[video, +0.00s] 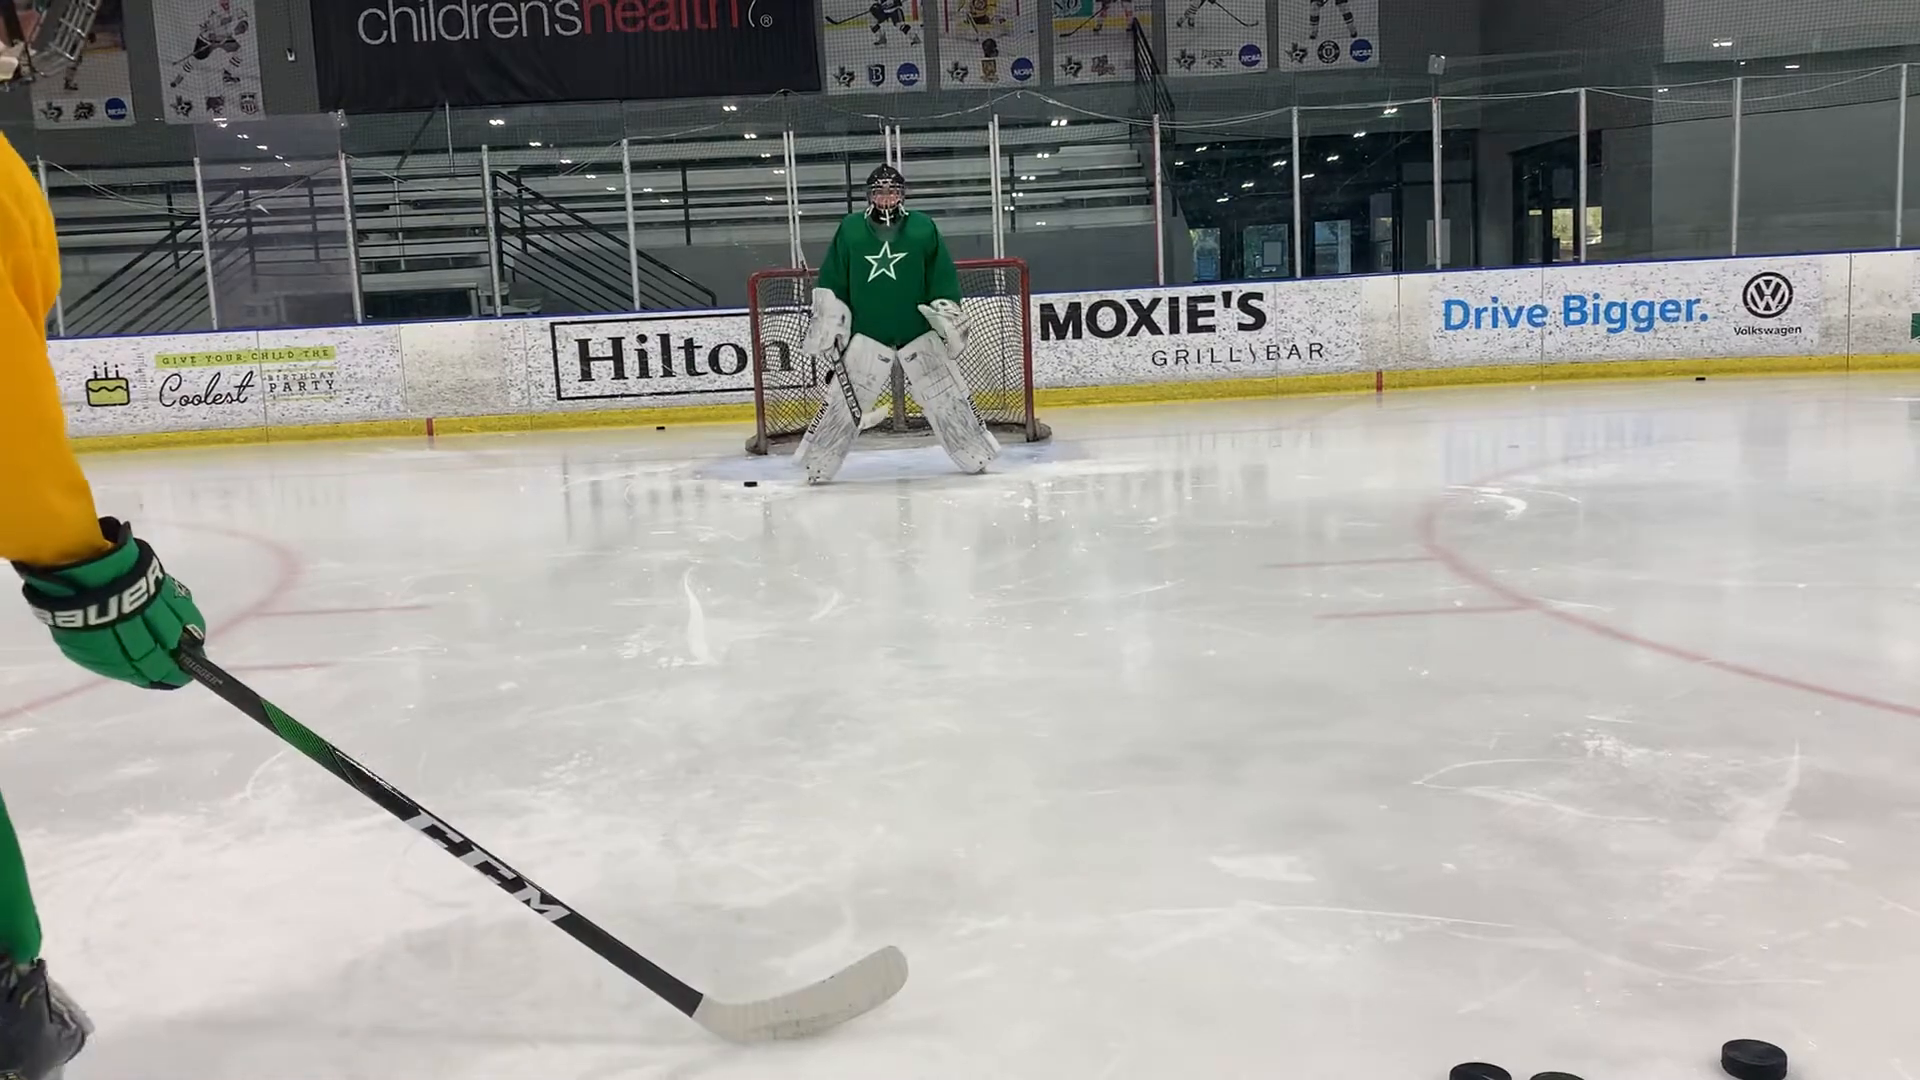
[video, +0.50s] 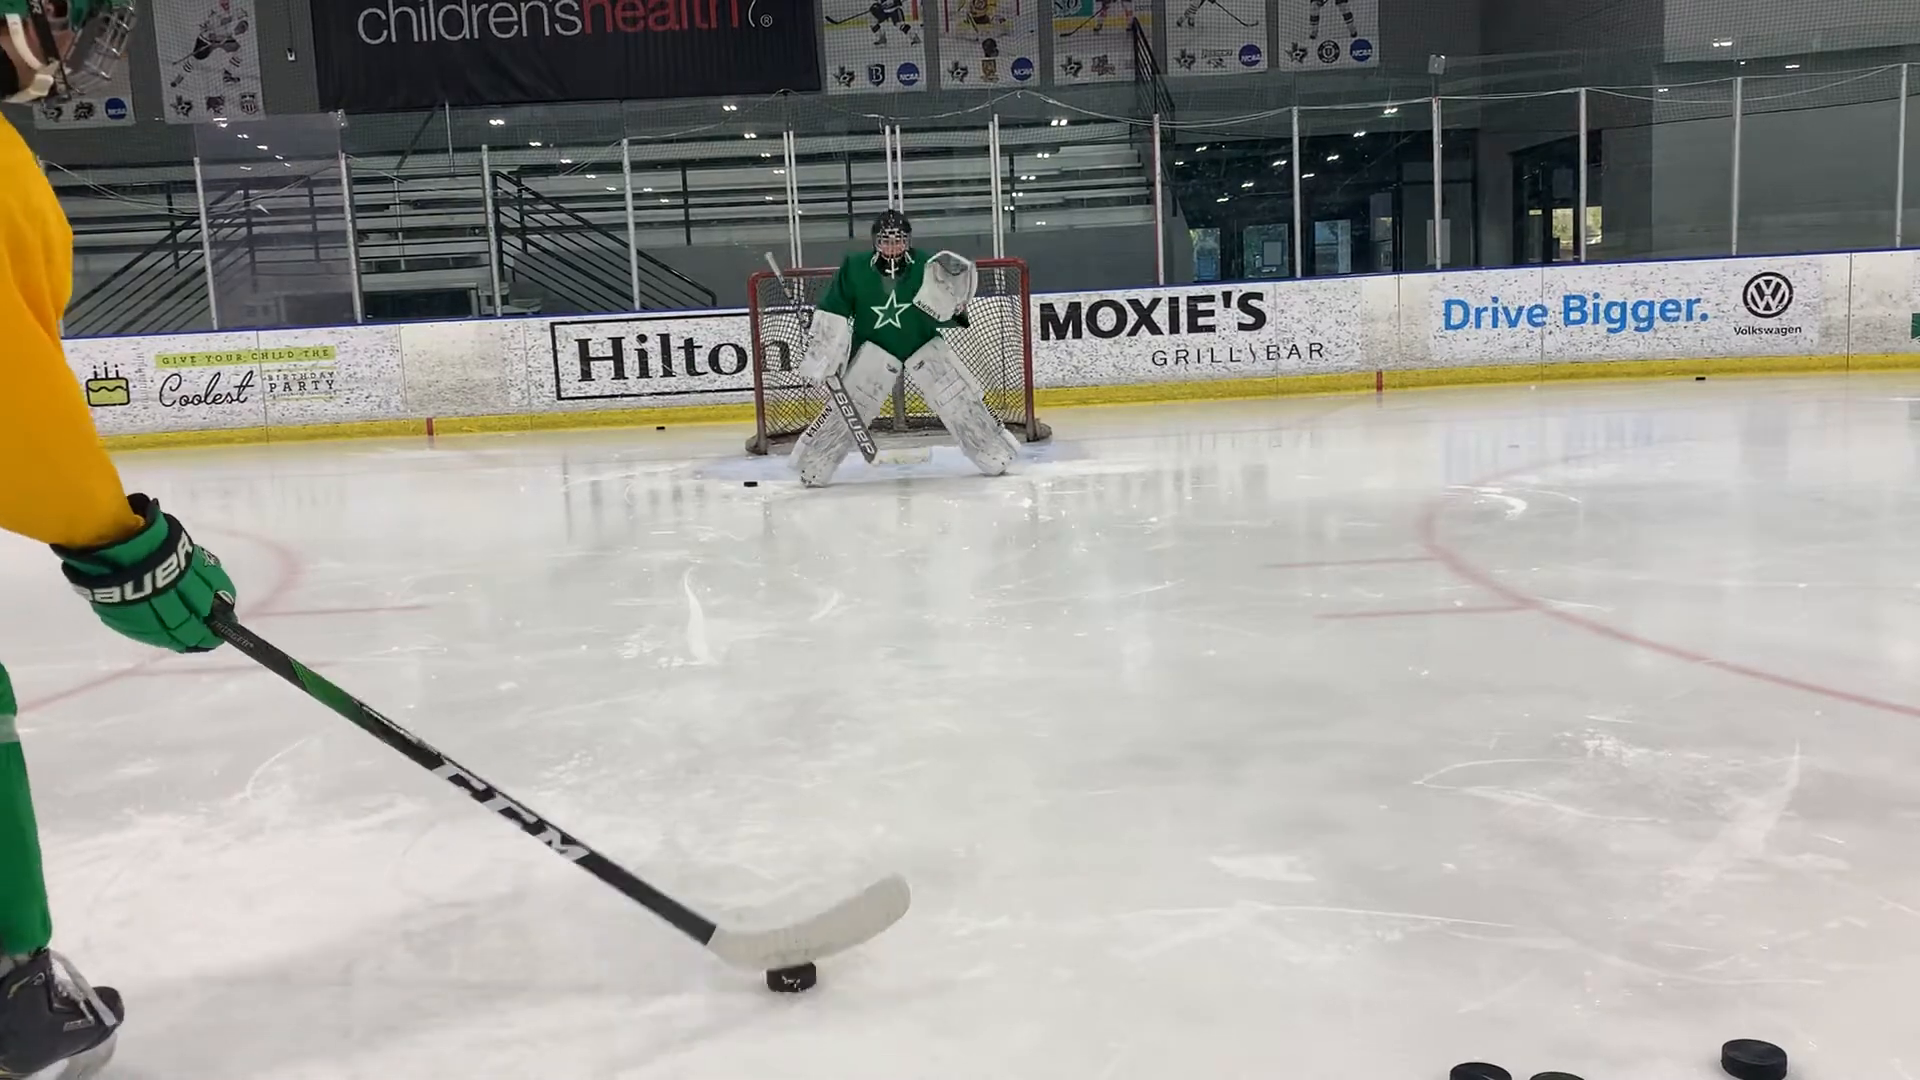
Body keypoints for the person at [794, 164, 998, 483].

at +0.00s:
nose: (886, 197)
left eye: (891, 191)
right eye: (880, 191)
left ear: (902, 194)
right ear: (870, 195)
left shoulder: (923, 228)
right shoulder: (851, 229)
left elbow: (942, 277)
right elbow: (832, 282)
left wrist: (948, 320)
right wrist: (828, 326)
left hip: (918, 330)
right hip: (868, 333)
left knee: (948, 396)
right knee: (845, 402)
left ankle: (976, 459)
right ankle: (819, 469)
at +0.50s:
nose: (892, 246)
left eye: (898, 239)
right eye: (887, 240)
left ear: (908, 240)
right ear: (875, 241)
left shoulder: (924, 265)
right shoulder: (855, 269)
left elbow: (948, 309)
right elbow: (832, 314)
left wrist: (950, 286)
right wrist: (823, 360)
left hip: (924, 346)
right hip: (874, 350)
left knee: (960, 399)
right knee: (850, 407)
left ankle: (996, 459)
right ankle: (815, 468)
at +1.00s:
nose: (899, 302)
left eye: (905, 295)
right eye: (893, 295)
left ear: (915, 295)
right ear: (883, 295)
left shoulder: (931, 312)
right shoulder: (864, 315)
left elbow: (962, 365)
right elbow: (837, 351)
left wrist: (949, 335)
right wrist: (833, 387)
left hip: (929, 382)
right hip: (882, 387)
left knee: (966, 415)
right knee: (855, 429)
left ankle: (1010, 455)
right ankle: (813, 468)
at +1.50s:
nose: (900, 302)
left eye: (906, 296)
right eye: (894, 296)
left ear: (916, 296)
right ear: (883, 296)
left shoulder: (934, 315)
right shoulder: (863, 318)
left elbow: (962, 371)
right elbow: (835, 352)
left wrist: (952, 346)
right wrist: (833, 388)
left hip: (930, 388)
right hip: (882, 391)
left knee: (964, 418)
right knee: (855, 430)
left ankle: (1009, 454)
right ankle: (814, 467)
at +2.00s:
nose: (906, 308)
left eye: (912, 302)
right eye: (900, 302)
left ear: (920, 300)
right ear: (889, 300)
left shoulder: (938, 321)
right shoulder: (865, 319)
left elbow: (963, 365)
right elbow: (834, 355)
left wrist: (982, 358)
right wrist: (847, 379)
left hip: (935, 418)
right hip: (883, 419)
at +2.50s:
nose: (923, 310)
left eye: (927, 303)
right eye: (916, 304)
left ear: (933, 303)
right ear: (901, 303)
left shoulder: (949, 329)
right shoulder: (876, 328)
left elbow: (968, 377)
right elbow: (846, 365)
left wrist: (986, 410)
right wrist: (858, 401)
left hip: (947, 433)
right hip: (894, 433)